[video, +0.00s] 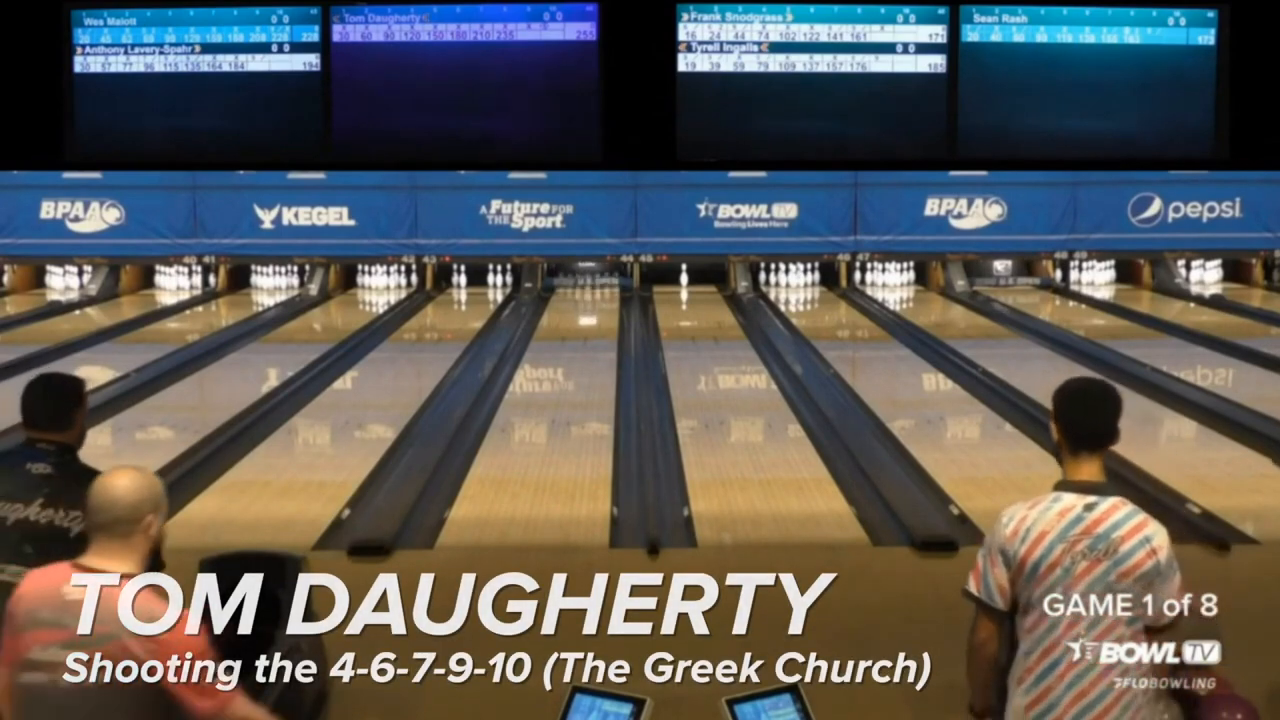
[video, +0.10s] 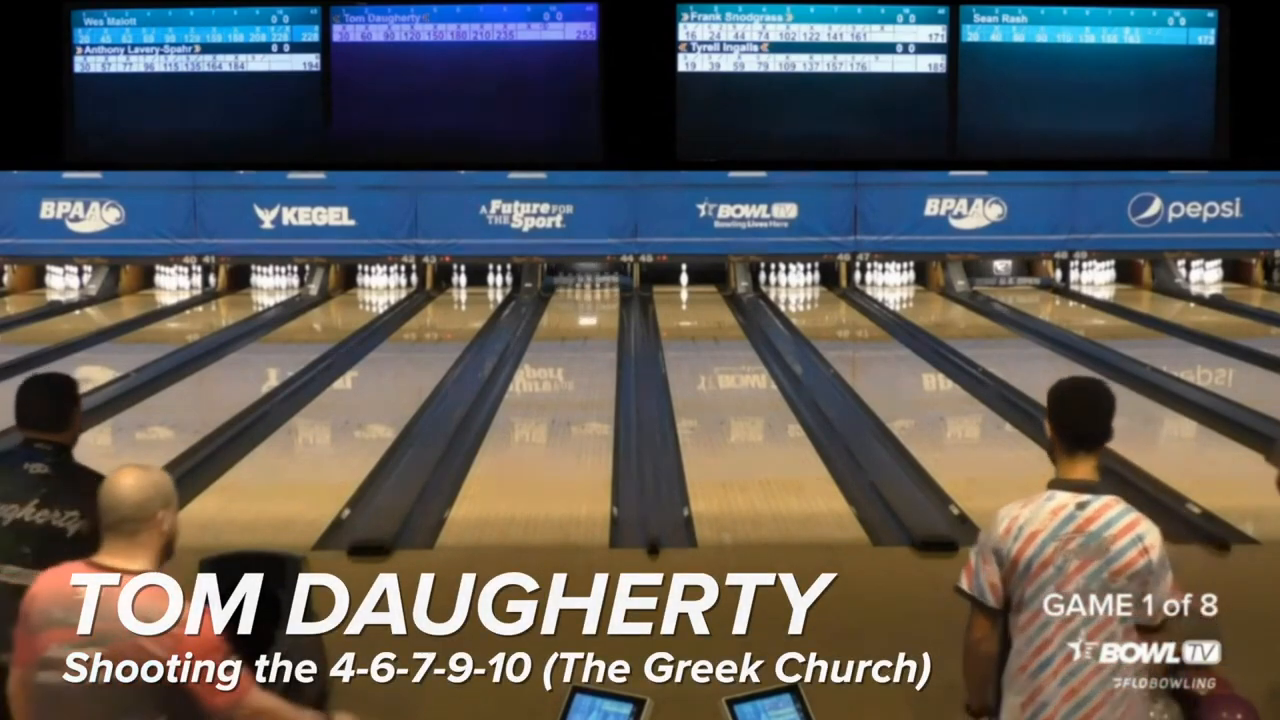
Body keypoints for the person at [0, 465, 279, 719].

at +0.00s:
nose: (163, 529)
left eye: (164, 519)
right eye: (164, 521)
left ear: (89, 518)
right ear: (150, 527)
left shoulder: (32, 587)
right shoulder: (160, 615)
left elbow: (8, 690)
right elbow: (219, 701)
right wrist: (266, 714)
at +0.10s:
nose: (177, 524)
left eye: (177, 515)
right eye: (176, 515)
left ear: (100, 517)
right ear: (163, 523)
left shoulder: (45, 587)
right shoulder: (178, 613)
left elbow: (20, 691)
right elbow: (235, 697)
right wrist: (315, 715)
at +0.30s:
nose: (203, 515)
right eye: (202, 506)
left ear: (126, 515)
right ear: (193, 516)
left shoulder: (82, 587)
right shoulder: (209, 602)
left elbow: (63, 690)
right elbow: (260, 693)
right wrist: (330, 713)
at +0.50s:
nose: (229, 494)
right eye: (227, 485)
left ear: (163, 496)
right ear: (221, 494)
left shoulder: (132, 568)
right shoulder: (238, 585)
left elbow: (122, 677)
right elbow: (276, 696)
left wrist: (133, 715)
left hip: (151, 711)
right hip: (221, 711)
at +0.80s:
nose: (263, 487)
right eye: (262, 481)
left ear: (198, 487)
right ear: (256, 488)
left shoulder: (162, 558)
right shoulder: (270, 573)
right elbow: (275, 686)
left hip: (175, 710)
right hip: (241, 711)